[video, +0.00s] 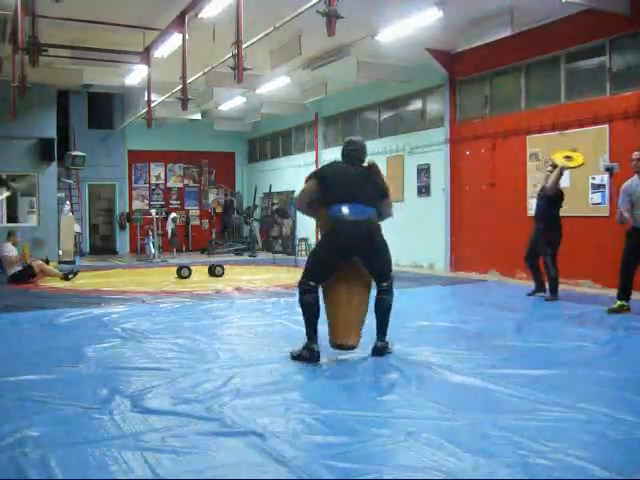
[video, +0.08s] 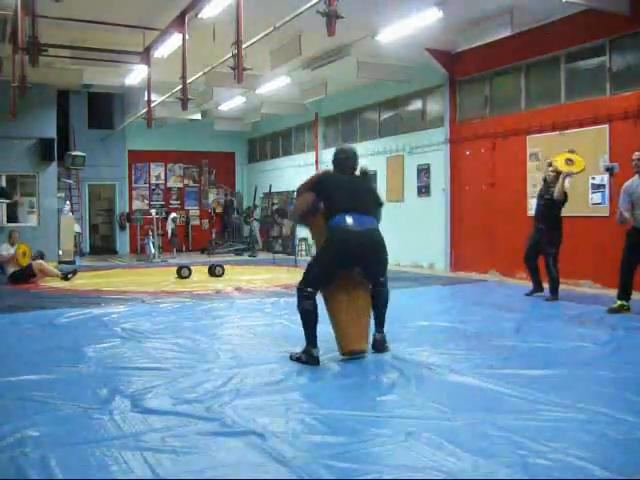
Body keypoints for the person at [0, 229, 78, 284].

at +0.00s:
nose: (18, 240)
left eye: (17, 237)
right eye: (16, 237)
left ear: (12, 238)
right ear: (11, 238)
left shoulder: (12, 248)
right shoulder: (7, 247)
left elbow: (13, 261)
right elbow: (10, 261)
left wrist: (24, 259)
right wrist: (21, 257)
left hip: (18, 274)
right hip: (14, 276)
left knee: (43, 269)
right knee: (39, 264)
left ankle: (64, 275)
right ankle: (63, 276)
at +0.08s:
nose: (16, 239)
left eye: (17, 237)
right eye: (14, 237)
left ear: (18, 237)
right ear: (10, 237)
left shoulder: (18, 248)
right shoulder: (5, 247)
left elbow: (23, 262)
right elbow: (2, 258)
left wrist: (27, 256)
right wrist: (14, 255)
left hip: (22, 274)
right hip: (13, 276)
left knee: (45, 269)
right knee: (39, 263)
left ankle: (63, 275)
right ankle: (62, 275)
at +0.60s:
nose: (17, 240)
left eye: (17, 238)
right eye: (15, 237)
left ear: (17, 239)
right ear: (9, 237)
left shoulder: (12, 248)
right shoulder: (6, 246)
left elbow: (14, 261)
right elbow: (9, 261)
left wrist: (24, 256)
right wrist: (21, 255)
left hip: (19, 274)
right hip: (14, 276)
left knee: (45, 270)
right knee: (39, 264)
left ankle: (64, 274)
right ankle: (62, 275)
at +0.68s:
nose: (18, 238)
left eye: (18, 236)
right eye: (17, 236)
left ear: (11, 236)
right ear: (12, 237)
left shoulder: (8, 246)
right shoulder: (10, 246)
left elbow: (15, 261)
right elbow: (17, 261)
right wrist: (26, 255)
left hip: (17, 275)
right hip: (15, 276)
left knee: (42, 268)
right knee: (39, 265)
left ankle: (63, 275)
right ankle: (63, 275)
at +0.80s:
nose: (20, 240)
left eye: (19, 239)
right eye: (19, 239)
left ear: (10, 237)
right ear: (18, 238)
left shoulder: (3, 247)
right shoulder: (17, 248)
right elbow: (24, 263)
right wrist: (30, 254)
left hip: (10, 277)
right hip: (16, 276)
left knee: (44, 270)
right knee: (39, 265)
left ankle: (64, 274)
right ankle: (63, 276)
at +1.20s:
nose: (18, 240)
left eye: (18, 238)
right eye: (18, 238)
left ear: (9, 237)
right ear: (15, 238)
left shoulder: (5, 246)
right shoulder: (11, 247)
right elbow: (18, 262)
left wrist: (25, 257)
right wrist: (27, 256)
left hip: (11, 275)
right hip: (14, 276)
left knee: (40, 266)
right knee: (40, 265)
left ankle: (63, 274)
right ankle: (63, 275)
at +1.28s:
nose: (18, 240)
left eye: (18, 238)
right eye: (16, 238)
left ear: (12, 238)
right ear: (11, 238)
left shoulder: (10, 247)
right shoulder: (7, 247)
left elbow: (13, 261)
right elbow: (9, 261)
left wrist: (24, 257)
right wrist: (22, 258)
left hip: (18, 273)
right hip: (14, 276)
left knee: (40, 265)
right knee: (39, 265)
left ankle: (63, 274)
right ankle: (63, 275)